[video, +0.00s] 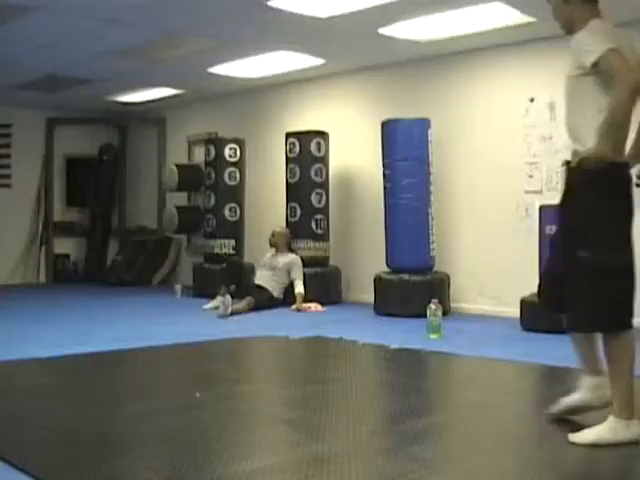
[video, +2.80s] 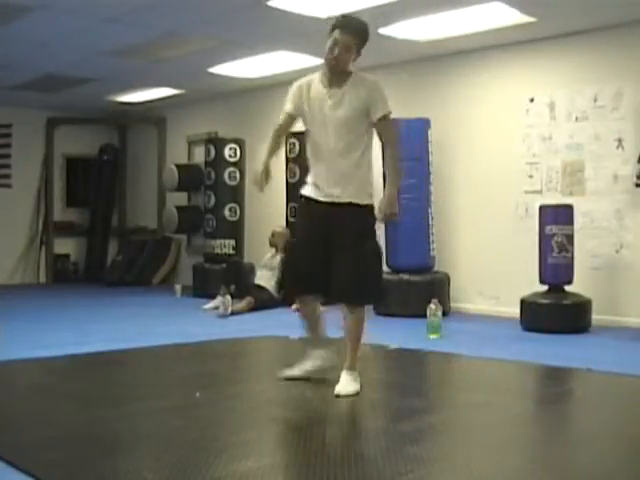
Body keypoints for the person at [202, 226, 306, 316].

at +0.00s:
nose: (271, 237)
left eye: (274, 235)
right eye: (272, 235)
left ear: (284, 239)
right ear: (276, 239)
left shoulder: (294, 259)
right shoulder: (270, 254)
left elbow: (298, 282)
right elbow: (261, 272)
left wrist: (299, 302)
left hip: (270, 294)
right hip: (254, 288)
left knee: (250, 301)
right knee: (234, 265)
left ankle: (230, 310)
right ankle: (221, 298)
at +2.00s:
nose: (270, 237)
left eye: (273, 235)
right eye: (271, 235)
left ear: (282, 239)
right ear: (278, 239)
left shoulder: (293, 259)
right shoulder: (270, 254)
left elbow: (298, 282)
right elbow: (262, 273)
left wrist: (299, 302)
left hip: (271, 293)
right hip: (255, 287)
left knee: (250, 300)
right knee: (233, 265)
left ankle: (230, 310)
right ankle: (221, 298)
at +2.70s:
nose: (270, 237)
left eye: (273, 235)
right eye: (271, 235)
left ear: (283, 239)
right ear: (278, 239)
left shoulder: (292, 258)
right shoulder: (269, 255)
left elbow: (296, 281)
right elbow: (261, 273)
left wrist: (298, 301)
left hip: (270, 294)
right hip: (255, 287)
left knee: (250, 301)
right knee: (234, 264)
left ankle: (230, 310)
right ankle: (221, 298)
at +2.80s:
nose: (269, 238)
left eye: (273, 236)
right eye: (271, 235)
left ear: (281, 239)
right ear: (277, 240)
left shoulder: (285, 258)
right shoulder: (269, 255)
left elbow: (286, 280)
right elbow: (261, 273)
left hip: (270, 293)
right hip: (254, 287)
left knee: (250, 301)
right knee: (234, 264)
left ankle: (230, 309)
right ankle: (221, 298)